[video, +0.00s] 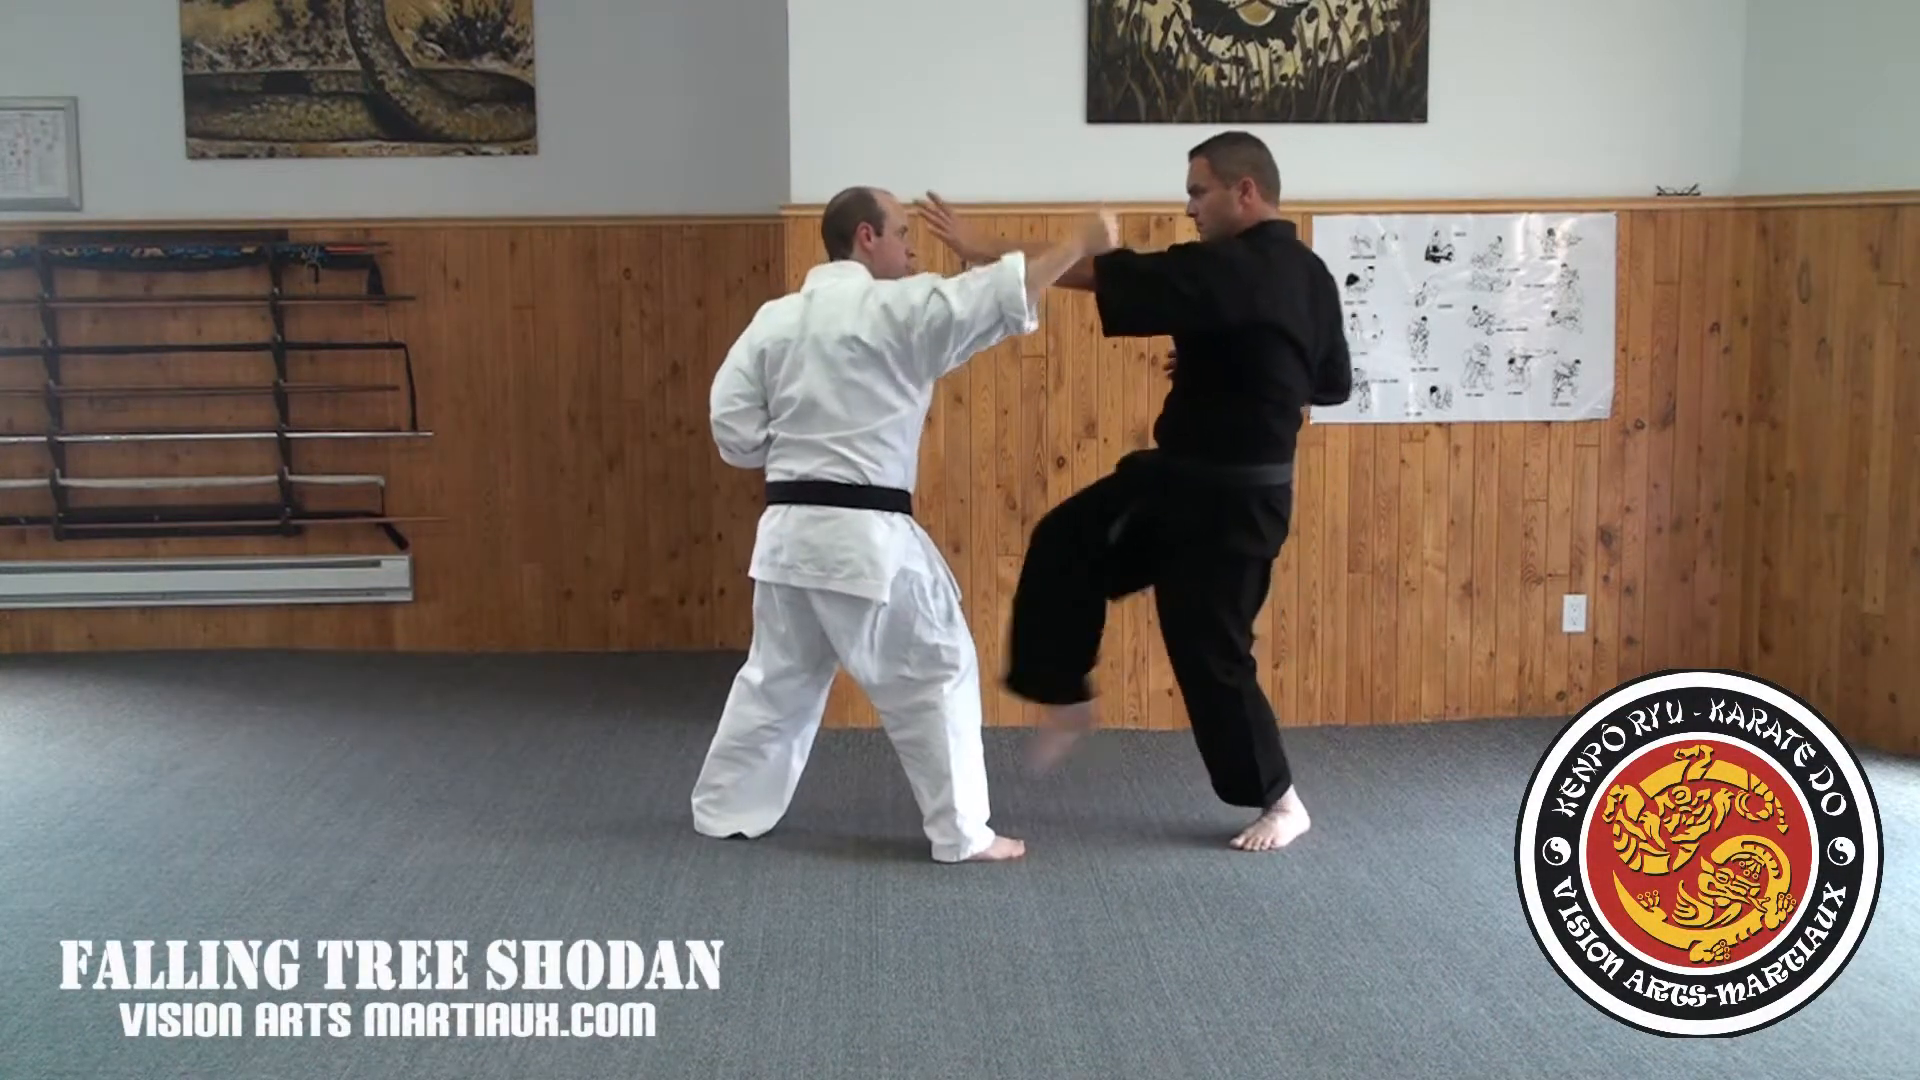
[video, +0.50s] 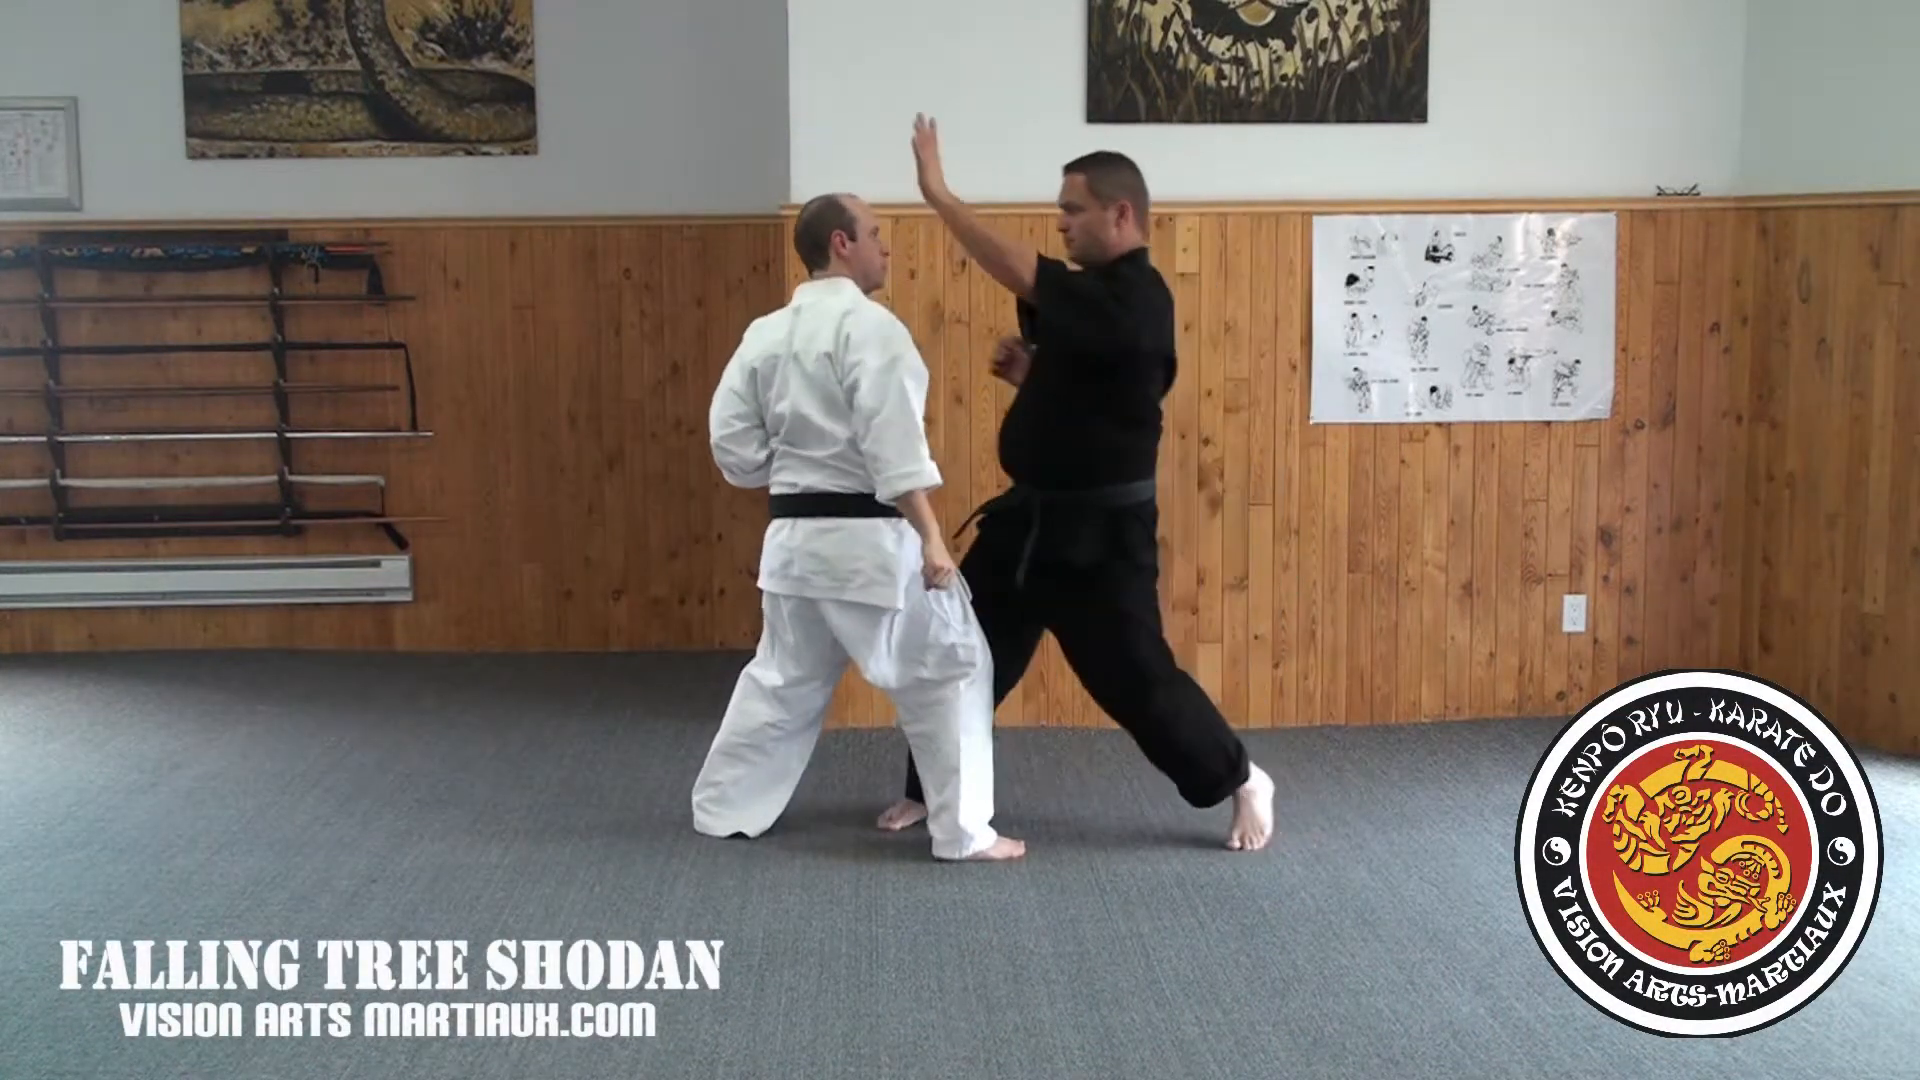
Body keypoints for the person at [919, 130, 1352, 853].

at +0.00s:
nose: (1191, 208)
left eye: (1199, 193)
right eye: (1190, 194)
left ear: (1247, 191)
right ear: (1256, 196)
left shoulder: (1223, 264)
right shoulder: (1309, 272)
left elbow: (1101, 273)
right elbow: (1330, 384)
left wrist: (984, 252)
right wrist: (1228, 364)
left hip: (1217, 491)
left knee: (1209, 649)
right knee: (1063, 545)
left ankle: (1280, 802)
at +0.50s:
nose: (1061, 224)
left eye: (1073, 210)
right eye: (1061, 211)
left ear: (1123, 215)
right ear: (1105, 216)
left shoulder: (1135, 295)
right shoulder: (1089, 292)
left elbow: (1023, 275)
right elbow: (1104, 387)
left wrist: (939, 197)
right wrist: (1032, 370)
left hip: (1101, 515)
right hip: (1033, 508)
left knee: (1132, 670)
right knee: (961, 653)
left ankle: (1241, 781)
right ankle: (932, 794)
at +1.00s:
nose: (1034, 208)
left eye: (1049, 201)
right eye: (1035, 195)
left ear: (1094, 212)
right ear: (1035, 192)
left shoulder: (1133, 279)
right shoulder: (1011, 249)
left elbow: (1069, 357)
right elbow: (949, 161)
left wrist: (1006, 308)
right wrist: (1043, 166)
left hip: (1112, 500)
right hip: (1018, 493)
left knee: (1167, 650)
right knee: (966, 646)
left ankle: (1235, 797)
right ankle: (930, 794)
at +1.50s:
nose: (1000, 252)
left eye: (1012, 242)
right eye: (998, 239)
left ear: (1060, 245)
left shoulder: (1113, 313)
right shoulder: (995, 303)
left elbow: (1055, 406)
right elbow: (890, 268)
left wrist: (988, 359)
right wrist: (977, 233)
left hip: (1108, 537)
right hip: (1014, 534)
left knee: (1165, 682)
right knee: (939, 658)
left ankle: (1246, 804)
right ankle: (914, 790)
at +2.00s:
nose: (1017, 238)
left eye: (1029, 226)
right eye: (1015, 226)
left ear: (1080, 227)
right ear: (1020, 225)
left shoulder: (1132, 302)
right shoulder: (1008, 290)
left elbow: (1094, 398)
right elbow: (914, 261)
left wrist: (1012, 347)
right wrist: (951, 215)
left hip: (1127, 522)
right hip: (1031, 518)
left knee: (1184, 666)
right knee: (964, 658)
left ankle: (1257, 790)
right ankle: (914, 788)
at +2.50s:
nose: (1041, 245)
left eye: (1053, 233)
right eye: (1039, 232)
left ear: (1104, 235)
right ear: (1086, 235)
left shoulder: (1164, 310)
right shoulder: (1027, 307)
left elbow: (1147, 413)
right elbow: (940, 361)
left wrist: (1056, 371)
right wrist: (860, 377)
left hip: (1146, 526)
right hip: (1049, 522)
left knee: (1188, 667)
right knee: (981, 652)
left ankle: (1255, 798)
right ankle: (954, 786)